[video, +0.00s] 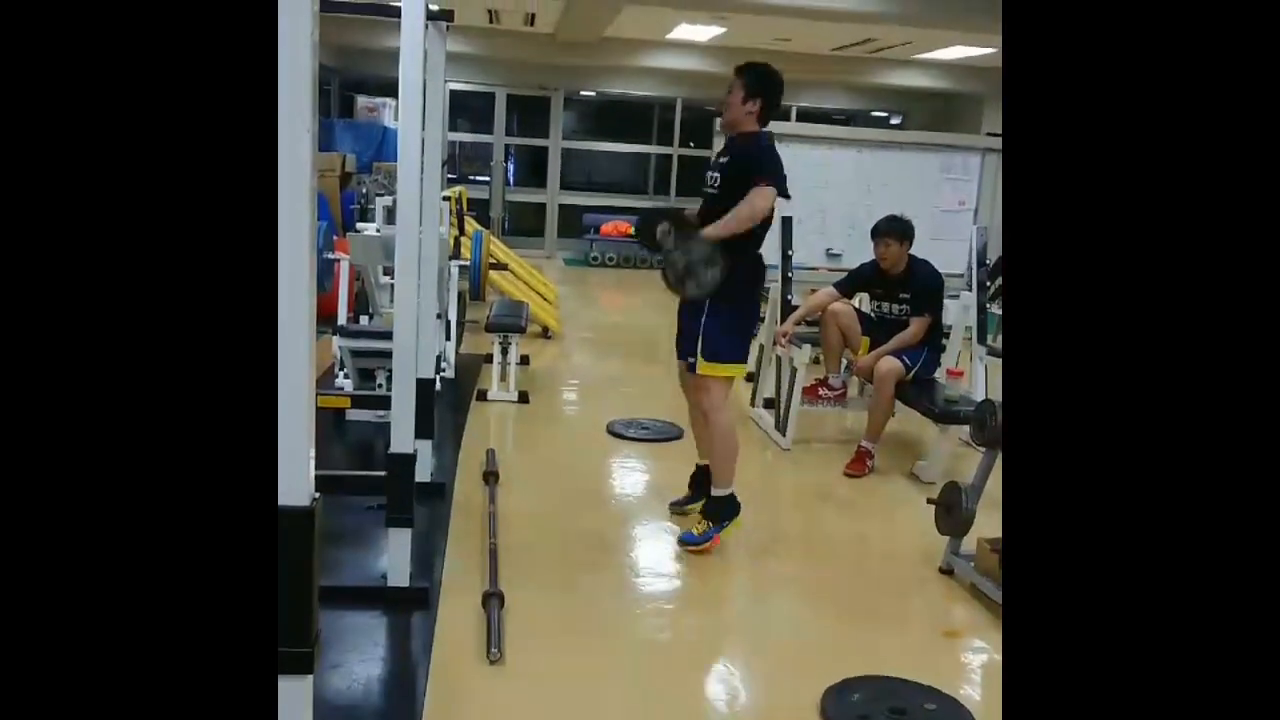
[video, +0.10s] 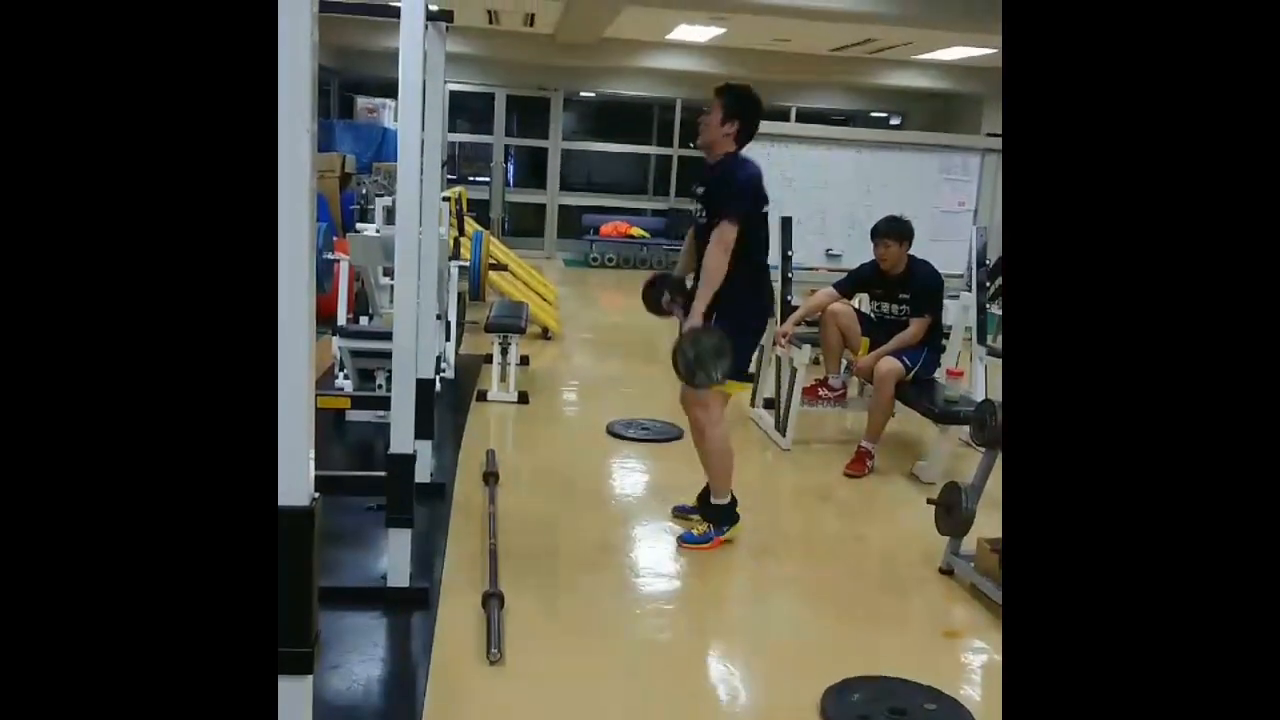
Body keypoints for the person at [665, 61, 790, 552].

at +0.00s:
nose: (723, 101)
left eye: (731, 94)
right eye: (726, 93)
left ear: (753, 104)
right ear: (747, 103)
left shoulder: (760, 151)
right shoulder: (727, 151)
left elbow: (759, 207)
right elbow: (716, 209)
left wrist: (700, 237)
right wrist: (681, 228)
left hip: (733, 286)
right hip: (705, 280)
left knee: (711, 391)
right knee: (692, 383)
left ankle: (724, 505)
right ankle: (707, 477)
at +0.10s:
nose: (700, 120)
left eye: (709, 114)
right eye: (704, 113)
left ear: (731, 127)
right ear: (727, 128)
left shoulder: (740, 174)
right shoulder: (718, 174)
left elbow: (723, 246)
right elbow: (699, 237)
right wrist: (679, 282)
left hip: (738, 307)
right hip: (717, 302)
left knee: (706, 406)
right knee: (696, 401)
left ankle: (723, 512)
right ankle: (716, 495)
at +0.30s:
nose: (625, 193)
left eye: (629, 184)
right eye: (625, 184)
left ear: (653, 183)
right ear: (654, 183)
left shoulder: (692, 223)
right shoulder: (677, 221)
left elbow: (705, 295)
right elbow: (685, 284)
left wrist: (710, 358)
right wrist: (687, 322)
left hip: (760, 324)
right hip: (733, 320)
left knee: (715, 410)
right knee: (696, 400)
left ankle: (727, 517)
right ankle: (718, 497)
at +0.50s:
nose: (612, 251)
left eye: (610, 243)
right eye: (607, 245)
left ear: (629, 231)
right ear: (632, 227)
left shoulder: (678, 250)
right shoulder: (666, 245)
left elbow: (687, 323)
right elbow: (670, 309)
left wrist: (690, 396)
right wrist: (668, 354)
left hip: (773, 318)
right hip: (750, 318)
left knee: (739, 416)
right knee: (723, 403)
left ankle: (730, 518)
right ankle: (722, 497)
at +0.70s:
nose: (614, 333)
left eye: (613, 324)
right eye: (609, 327)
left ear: (630, 311)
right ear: (633, 309)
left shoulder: (675, 331)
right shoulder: (661, 322)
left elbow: (671, 415)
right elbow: (655, 381)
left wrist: (667, 482)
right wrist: (649, 423)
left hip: (781, 352)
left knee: (703, 421)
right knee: (695, 406)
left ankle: (727, 517)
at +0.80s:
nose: (610, 365)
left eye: (608, 357)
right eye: (604, 360)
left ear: (625, 343)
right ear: (628, 339)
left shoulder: (668, 360)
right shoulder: (654, 349)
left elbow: (665, 446)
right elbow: (648, 409)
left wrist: (661, 514)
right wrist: (641, 457)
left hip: (779, 367)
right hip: (757, 358)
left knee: (695, 428)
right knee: (685, 420)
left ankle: (726, 518)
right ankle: (717, 502)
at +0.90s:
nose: (616, 395)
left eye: (611, 389)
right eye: (610, 391)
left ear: (623, 372)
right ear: (625, 366)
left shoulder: (662, 370)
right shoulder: (649, 359)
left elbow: (661, 449)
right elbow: (643, 412)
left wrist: (659, 518)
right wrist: (638, 455)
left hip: (778, 344)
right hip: (756, 337)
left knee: (709, 420)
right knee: (696, 411)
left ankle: (727, 518)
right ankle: (717, 502)